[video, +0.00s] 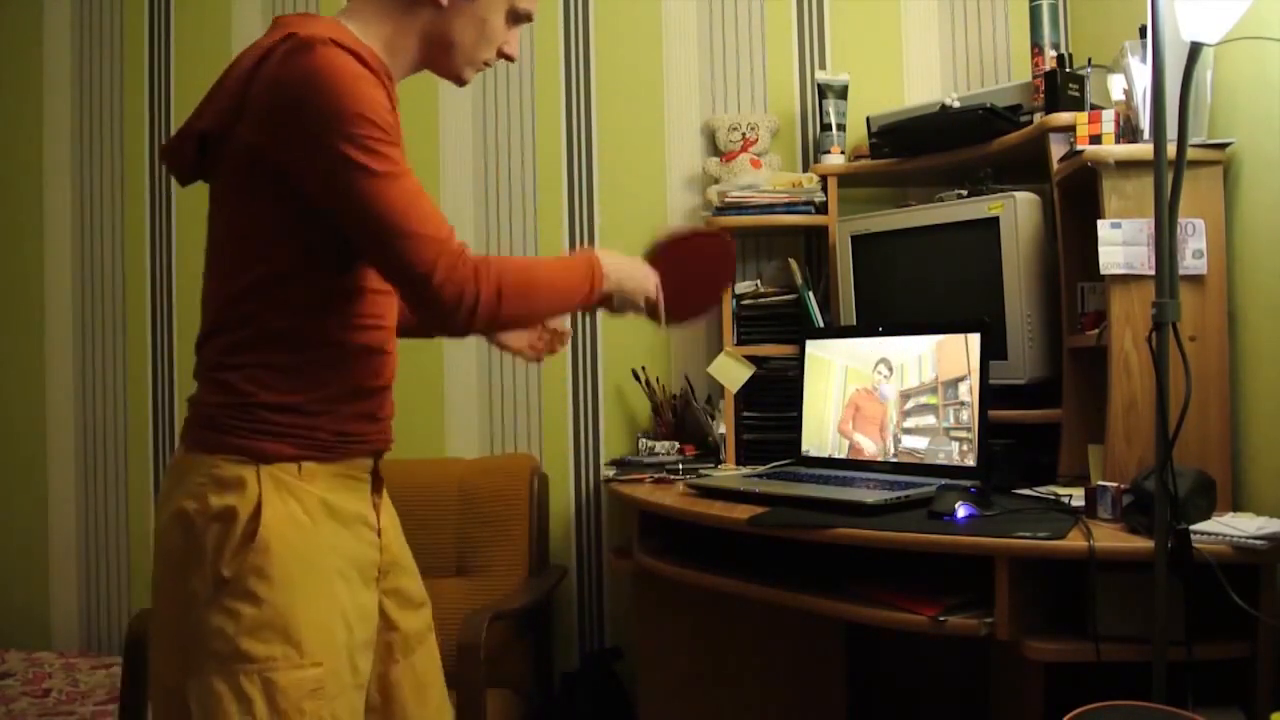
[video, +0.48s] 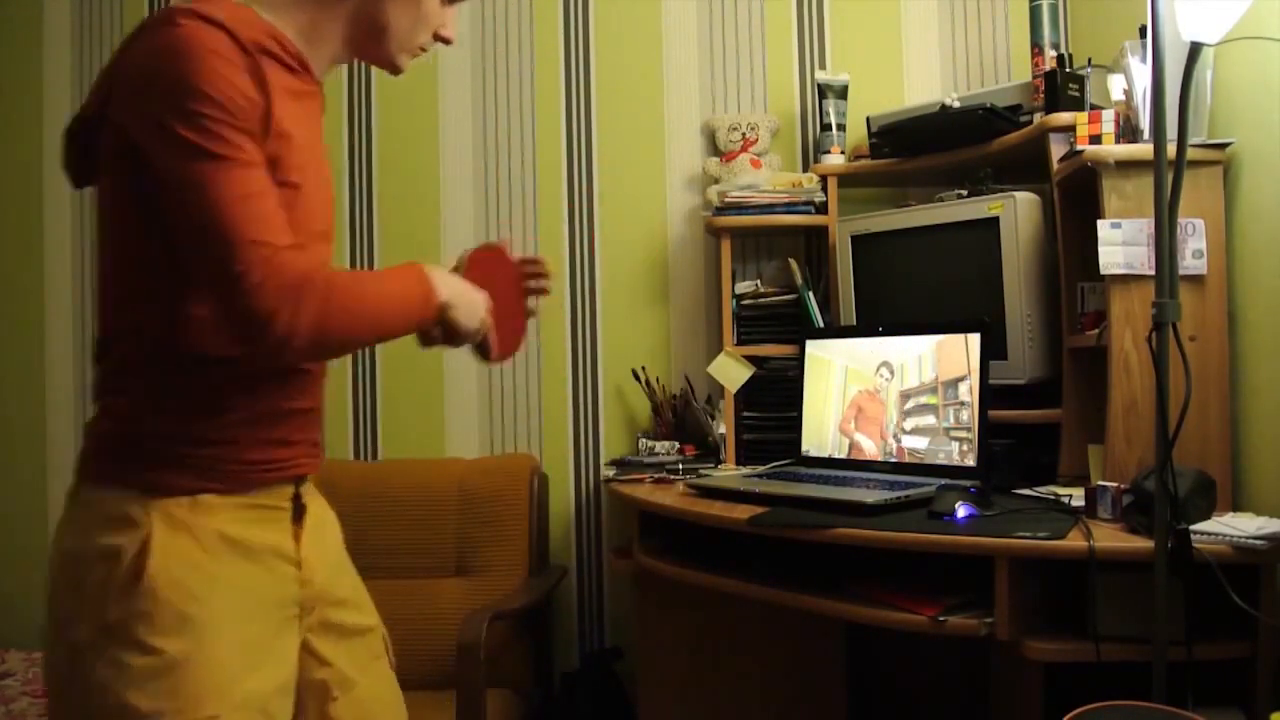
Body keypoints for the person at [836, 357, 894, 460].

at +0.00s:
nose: (880, 379)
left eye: (885, 377)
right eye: (879, 373)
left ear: (888, 380)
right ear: (873, 372)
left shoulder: (884, 402)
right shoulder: (858, 395)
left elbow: (884, 429)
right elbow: (843, 427)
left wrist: (889, 443)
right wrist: (862, 441)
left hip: (877, 457)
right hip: (857, 455)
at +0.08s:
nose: (880, 379)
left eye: (885, 377)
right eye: (878, 373)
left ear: (888, 380)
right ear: (873, 372)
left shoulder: (883, 404)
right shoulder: (857, 396)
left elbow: (883, 429)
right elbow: (842, 426)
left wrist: (889, 442)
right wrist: (861, 442)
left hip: (877, 456)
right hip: (857, 455)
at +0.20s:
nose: (880, 379)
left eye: (885, 377)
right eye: (878, 373)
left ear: (888, 380)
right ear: (873, 372)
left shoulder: (883, 405)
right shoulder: (857, 396)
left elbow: (884, 430)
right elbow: (842, 426)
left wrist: (889, 440)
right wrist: (861, 442)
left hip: (876, 457)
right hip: (857, 456)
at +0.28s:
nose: (881, 380)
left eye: (885, 378)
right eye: (879, 374)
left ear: (888, 381)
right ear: (873, 372)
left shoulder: (882, 403)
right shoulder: (858, 396)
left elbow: (882, 431)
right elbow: (843, 426)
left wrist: (892, 443)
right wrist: (861, 442)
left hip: (876, 457)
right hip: (857, 456)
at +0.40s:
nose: (882, 381)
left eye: (886, 379)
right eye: (880, 375)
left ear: (889, 382)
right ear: (874, 374)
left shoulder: (882, 403)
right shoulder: (859, 397)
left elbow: (882, 431)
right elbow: (843, 426)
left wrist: (890, 440)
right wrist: (862, 441)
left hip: (876, 457)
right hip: (857, 456)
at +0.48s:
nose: (882, 382)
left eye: (887, 380)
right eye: (881, 376)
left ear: (889, 383)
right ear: (875, 374)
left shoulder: (882, 403)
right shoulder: (860, 397)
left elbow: (882, 430)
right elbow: (843, 425)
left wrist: (891, 441)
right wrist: (862, 440)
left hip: (875, 457)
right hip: (858, 456)